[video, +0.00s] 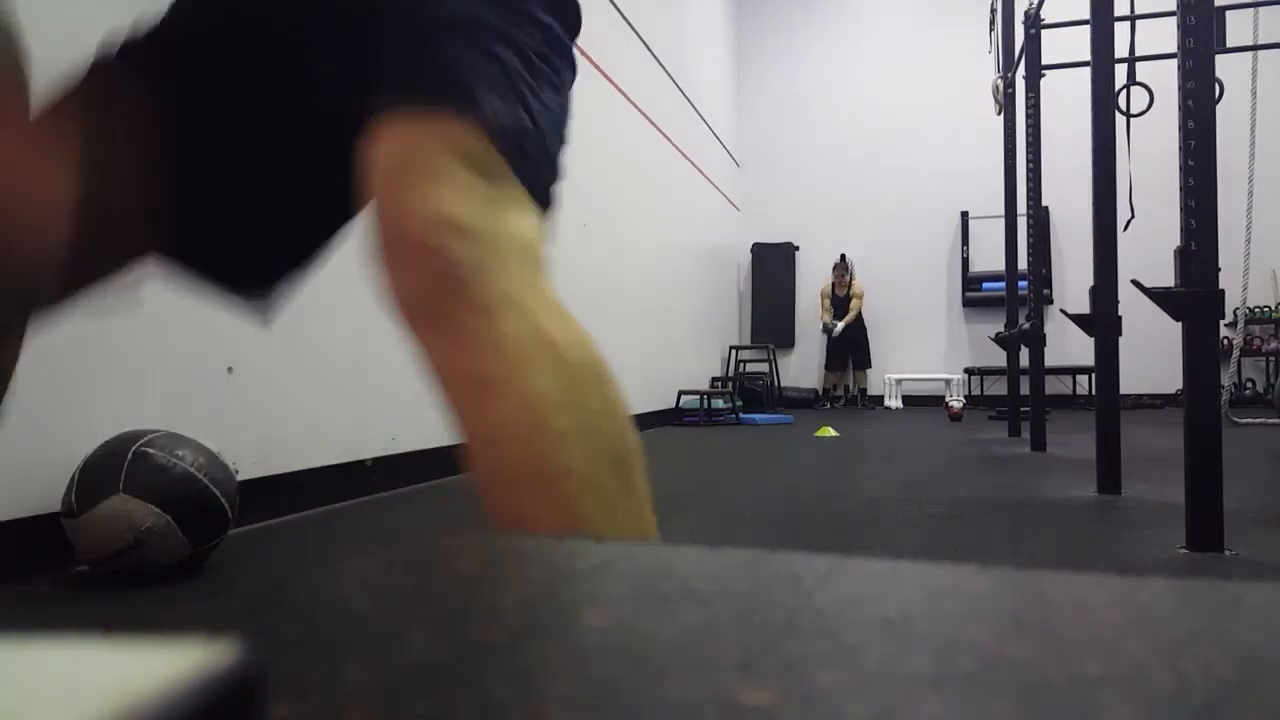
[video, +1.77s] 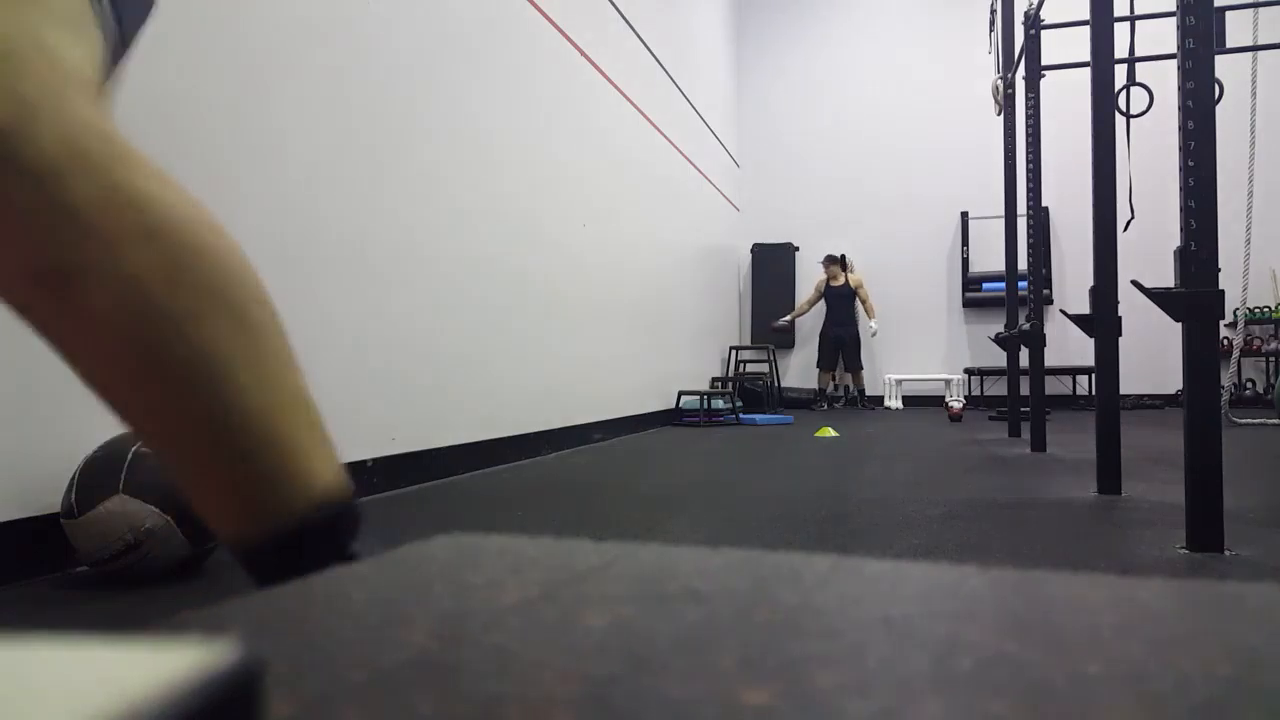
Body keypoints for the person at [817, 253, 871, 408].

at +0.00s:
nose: (840, 280)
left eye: (843, 276)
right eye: (837, 276)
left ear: (849, 275)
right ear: (833, 276)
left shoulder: (856, 290)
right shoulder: (826, 291)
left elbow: (854, 311)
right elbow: (825, 310)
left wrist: (842, 323)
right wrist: (827, 323)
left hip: (855, 331)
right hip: (835, 331)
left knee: (859, 366)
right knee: (831, 366)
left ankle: (862, 399)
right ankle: (825, 398)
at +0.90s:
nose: (837, 268)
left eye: (840, 265)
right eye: (834, 265)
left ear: (846, 266)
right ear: (831, 267)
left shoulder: (857, 283)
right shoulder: (826, 286)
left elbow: (863, 305)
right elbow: (821, 308)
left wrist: (863, 326)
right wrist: (815, 326)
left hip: (853, 331)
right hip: (833, 331)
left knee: (858, 368)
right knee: (829, 368)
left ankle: (862, 399)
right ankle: (825, 399)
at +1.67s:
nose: (834, 268)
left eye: (837, 265)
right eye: (833, 265)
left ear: (847, 265)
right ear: (832, 266)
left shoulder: (860, 282)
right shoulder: (829, 283)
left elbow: (870, 303)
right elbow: (815, 303)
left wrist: (876, 323)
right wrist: (797, 317)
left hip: (852, 330)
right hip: (832, 330)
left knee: (857, 367)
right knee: (827, 366)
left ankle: (862, 399)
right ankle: (822, 400)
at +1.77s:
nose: (825, 270)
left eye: (828, 267)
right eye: (824, 267)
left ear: (837, 267)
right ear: (825, 268)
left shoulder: (854, 281)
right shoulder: (823, 284)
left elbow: (865, 302)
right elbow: (808, 304)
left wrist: (872, 320)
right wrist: (790, 317)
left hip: (849, 330)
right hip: (829, 330)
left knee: (855, 367)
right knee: (825, 367)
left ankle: (862, 399)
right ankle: (822, 400)